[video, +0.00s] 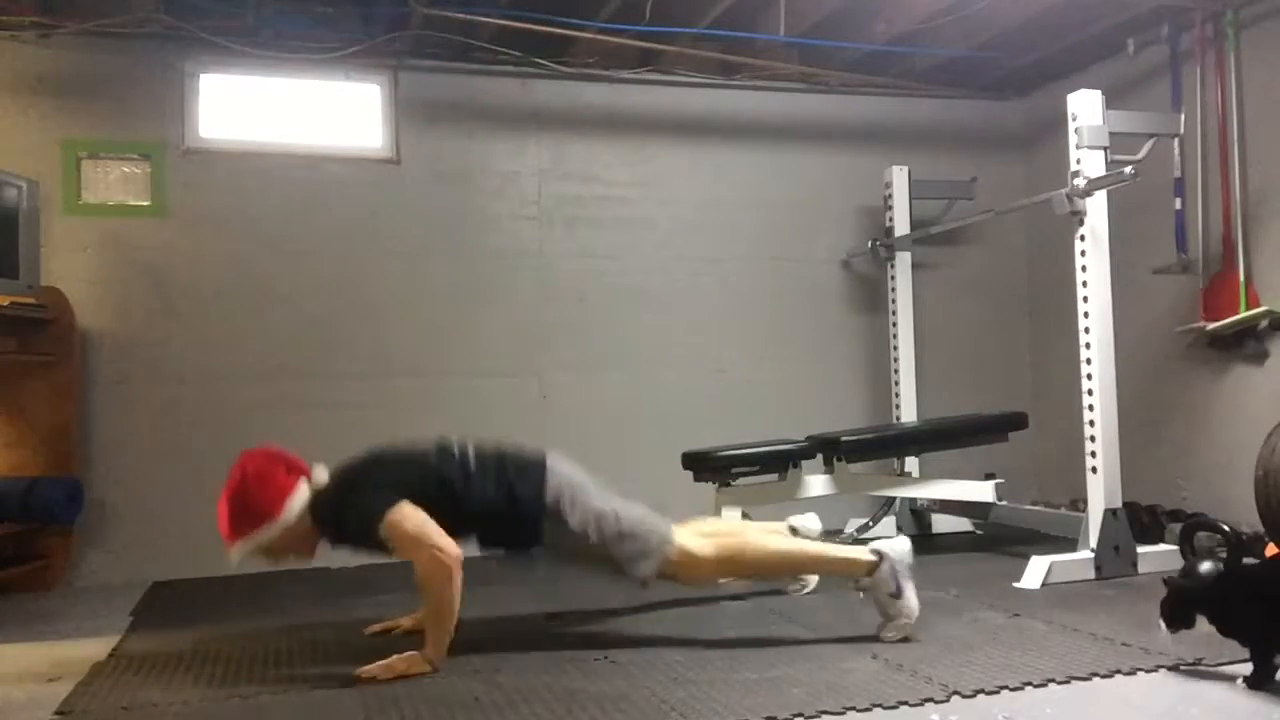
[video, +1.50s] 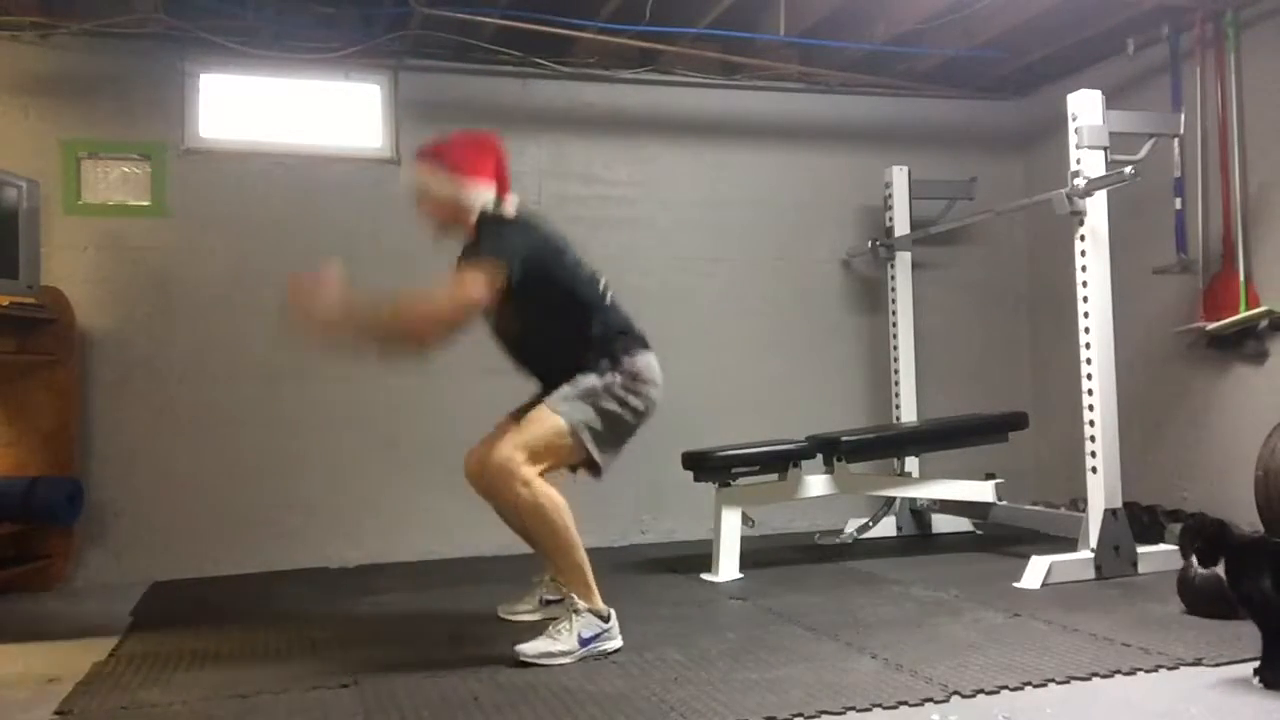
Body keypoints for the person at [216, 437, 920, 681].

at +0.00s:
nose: (269, 558)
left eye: (264, 543)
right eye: (257, 550)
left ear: (287, 512)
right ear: (287, 502)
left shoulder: (355, 501)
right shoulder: (347, 489)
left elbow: (441, 558)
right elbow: (441, 538)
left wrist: (432, 654)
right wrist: (429, 615)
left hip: (548, 501)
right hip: (538, 494)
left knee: (700, 563)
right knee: (688, 542)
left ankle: (873, 564)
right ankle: (846, 551)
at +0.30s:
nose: (266, 637)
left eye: (259, 626)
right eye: (255, 627)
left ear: (280, 601)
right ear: (289, 574)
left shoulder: (348, 574)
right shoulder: (342, 572)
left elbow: (444, 570)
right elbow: (439, 570)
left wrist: (428, 658)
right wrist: (417, 630)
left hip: (565, 579)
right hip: (558, 566)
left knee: (722, 587)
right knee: (701, 563)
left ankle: (883, 562)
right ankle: (809, 525)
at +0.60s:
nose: (271, 507)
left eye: (267, 494)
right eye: (259, 499)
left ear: (295, 458)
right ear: (291, 464)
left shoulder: (366, 458)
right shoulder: (347, 477)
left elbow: (430, 551)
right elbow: (419, 547)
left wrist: (431, 651)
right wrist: (424, 626)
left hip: (560, 492)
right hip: (548, 518)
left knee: (709, 553)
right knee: (680, 553)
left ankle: (880, 566)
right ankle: (785, 543)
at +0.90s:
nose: (333, 459)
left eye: (329, 444)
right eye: (322, 452)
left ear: (350, 410)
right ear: (351, 402)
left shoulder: (413, 410)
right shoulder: (400, 406)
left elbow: (429, 538)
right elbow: (428, 526)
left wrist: (430, 652)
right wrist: (427, 613)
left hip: (584, 355)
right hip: (559, 364)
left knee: (509, 464)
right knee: (491, 471)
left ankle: (655, 566)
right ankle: (620, 515)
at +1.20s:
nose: (370, 373)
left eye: (374, 358)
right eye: (367, 361)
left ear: (404, 348)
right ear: (408, 348)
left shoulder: (459, 382)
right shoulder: (438, 391)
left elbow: (436, 515)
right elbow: (423, 509)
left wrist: (410, 631)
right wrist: (409, 603)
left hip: (613, 468)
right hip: (582, 468)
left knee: (488, 482)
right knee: (458, 488)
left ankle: (590, 612)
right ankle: (556, 579)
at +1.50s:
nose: (423, 207)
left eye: (430, 192)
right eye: (422, 193)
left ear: (467, 188)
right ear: (471, 191)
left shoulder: (506, 234)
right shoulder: (486, 242)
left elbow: (437, 319)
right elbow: (430, 332)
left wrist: (346, 309)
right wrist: (351, 322)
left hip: (619, 374)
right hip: (582, 377)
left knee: (507, 464)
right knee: (487, 465)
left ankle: (593, 614)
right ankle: (566, 579)